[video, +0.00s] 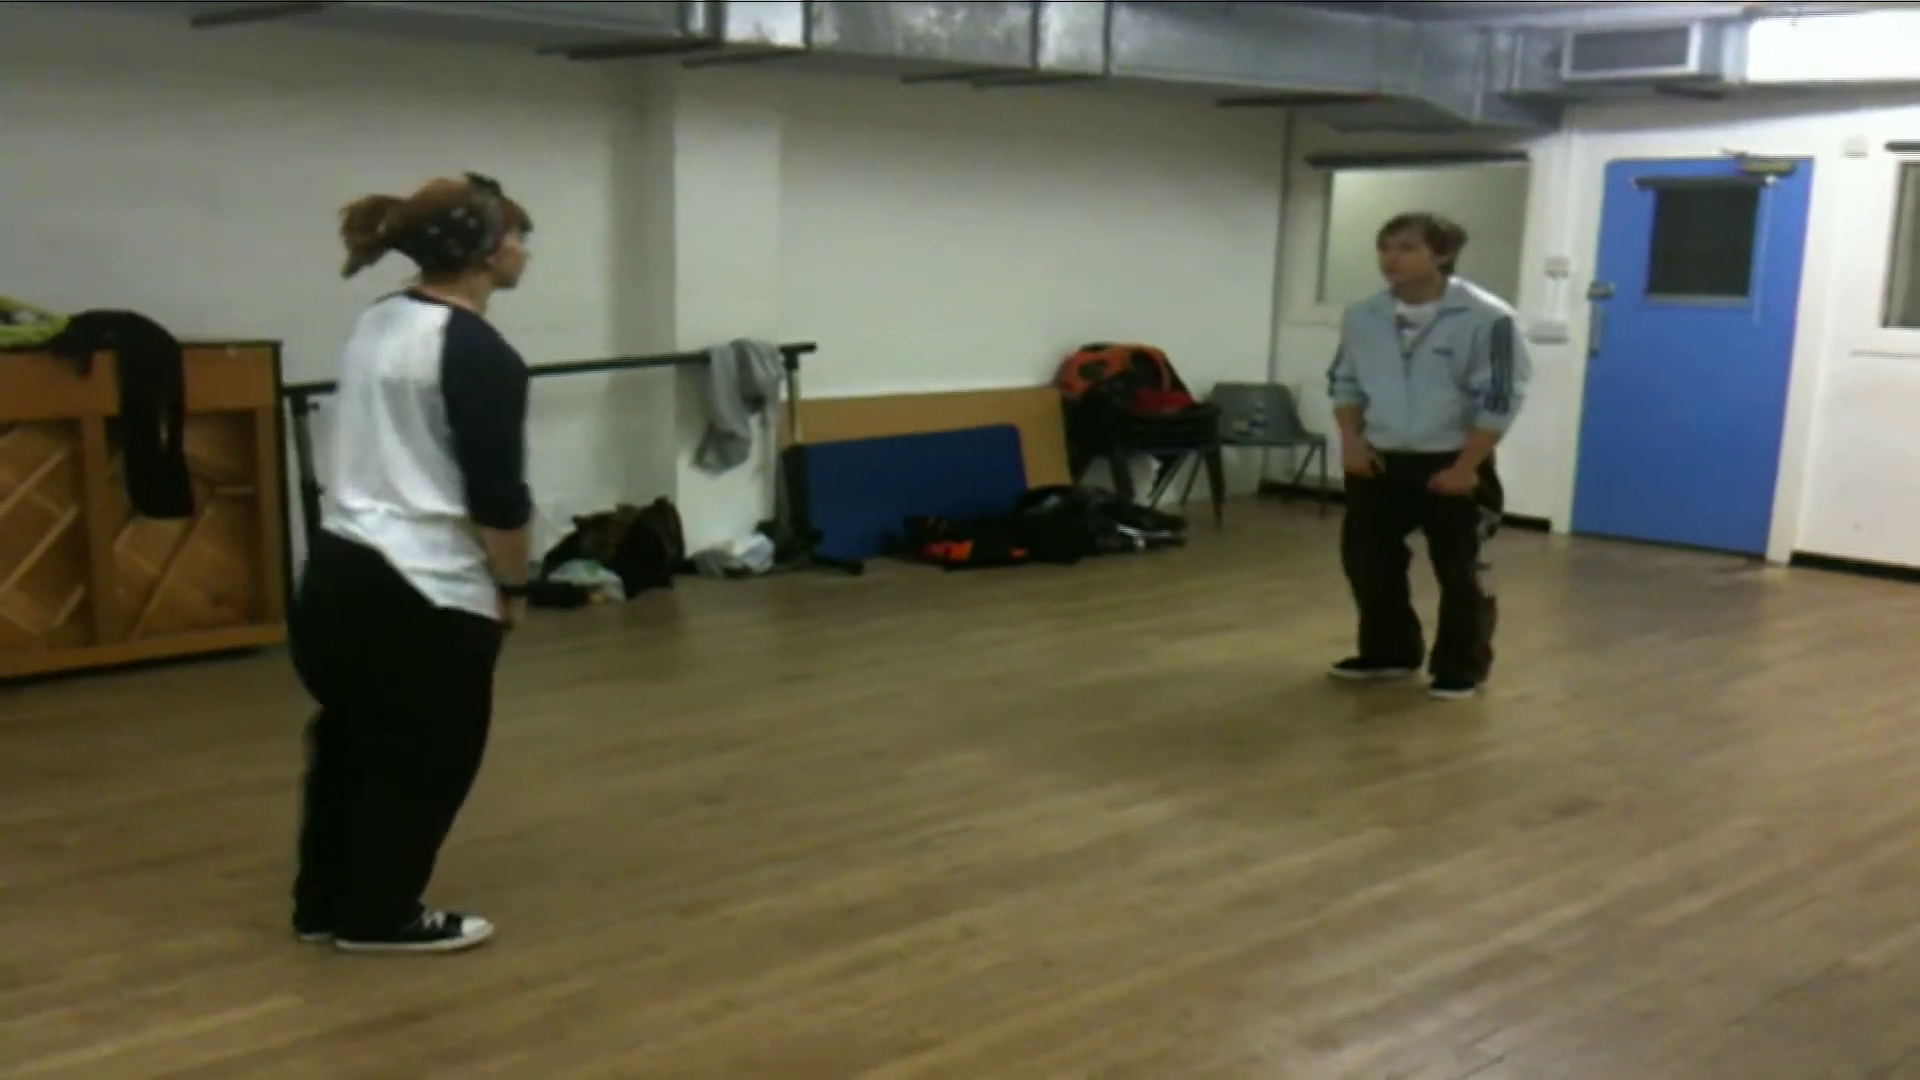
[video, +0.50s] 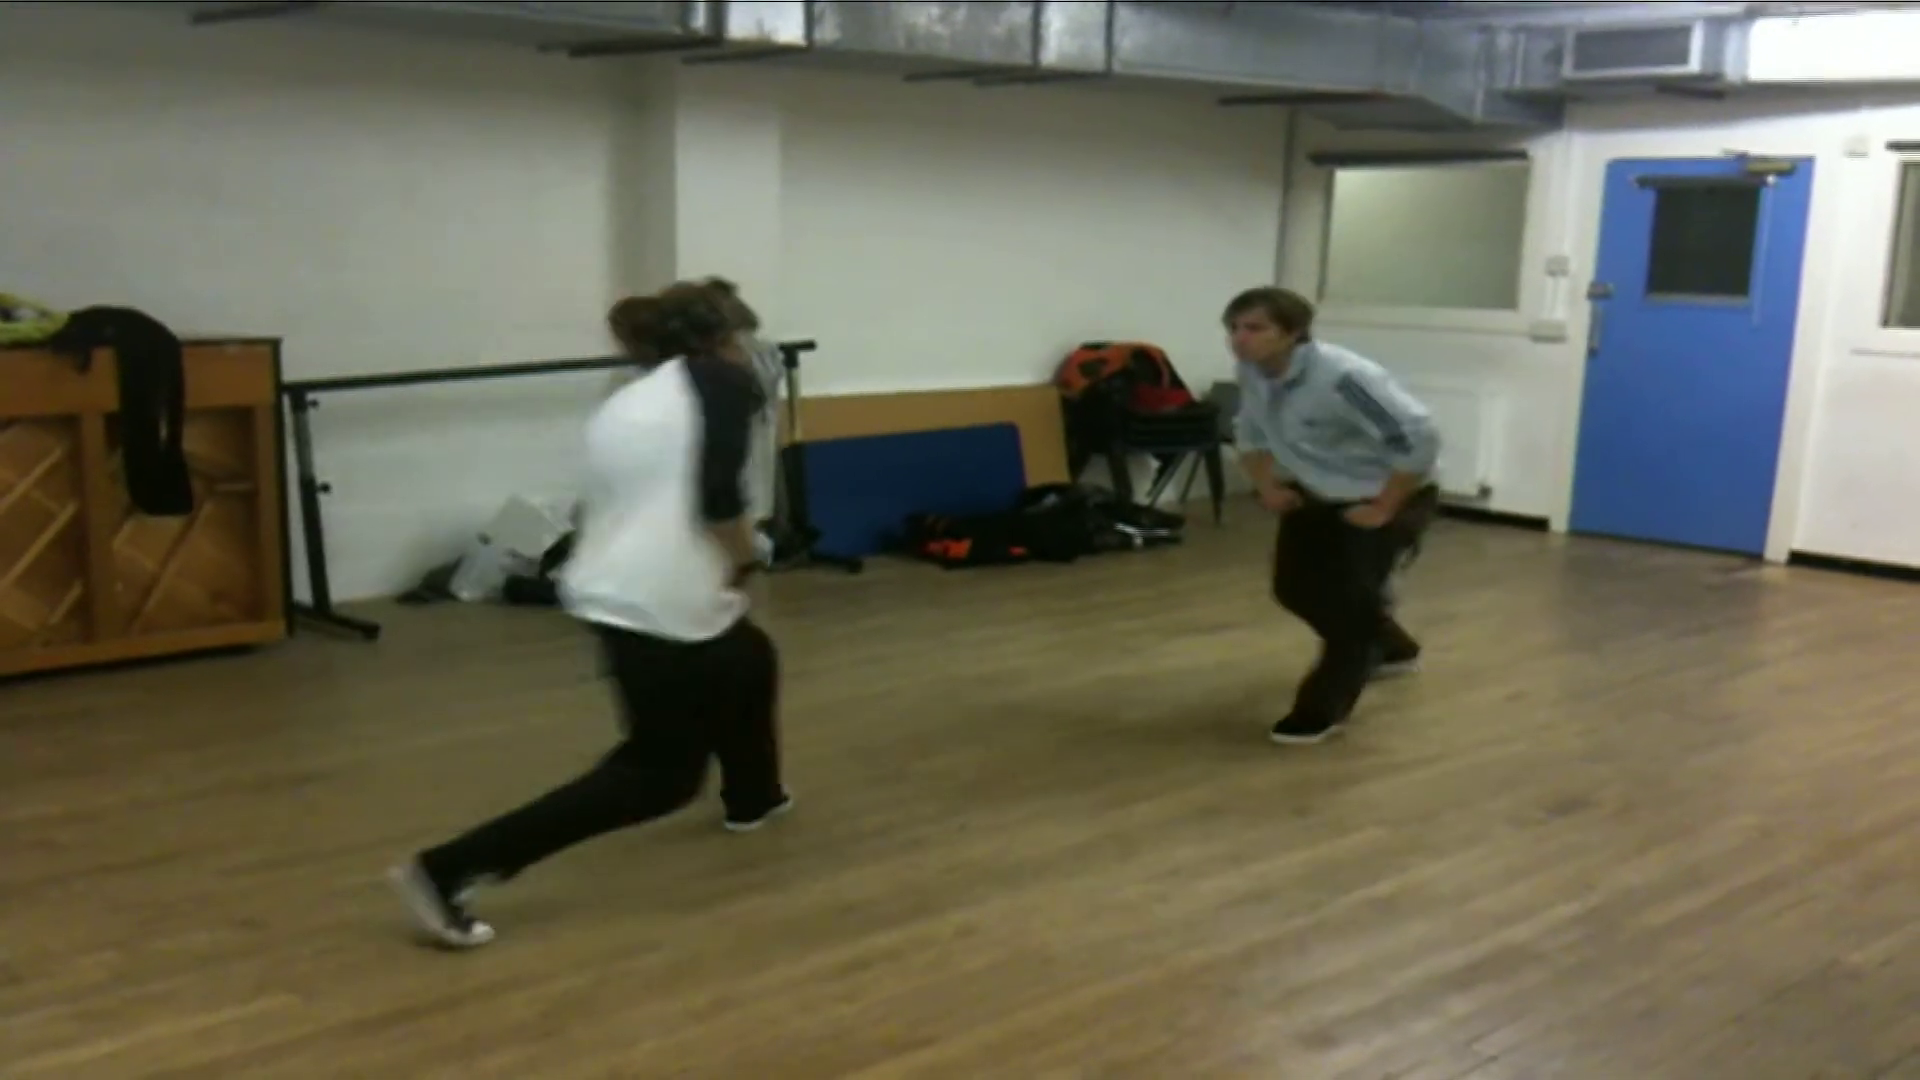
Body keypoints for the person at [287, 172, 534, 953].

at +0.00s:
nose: (525, 247)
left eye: (522, 233)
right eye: (516, 234)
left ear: (440, 246)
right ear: (479, 248)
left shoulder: (375, 326)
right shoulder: (480, 354)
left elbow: (370, 461)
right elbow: (498, 500)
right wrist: (512, 588)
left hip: (341, 576)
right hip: (428, 594)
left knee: (355, 736)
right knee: (434, 757)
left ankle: (325, 900)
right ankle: (379, 910)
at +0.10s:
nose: (562, 257)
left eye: (560, 242)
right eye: (554, 245)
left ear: (479, 253)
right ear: (521, 257)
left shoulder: (416, 321)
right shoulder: (508, 353)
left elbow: (430, 458)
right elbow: (538, 505)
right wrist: (550, 587)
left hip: (380, 566)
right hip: (456, 586)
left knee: (420, 730)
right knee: (451, 751)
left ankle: (349, 872)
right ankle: (378, 907)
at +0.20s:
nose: (601, 279)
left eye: (600, 264)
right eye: (595, 266)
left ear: (518, 267)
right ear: (569, 273)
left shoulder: (458, 336)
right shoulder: (552, 367)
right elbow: (583, 507)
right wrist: (592, 581)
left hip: (420, 564)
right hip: (488, 577)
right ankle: (383, 902)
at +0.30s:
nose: (648, 308)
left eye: (646, 293)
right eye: (641, 295)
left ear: (569, 301)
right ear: (616, 304)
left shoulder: (522, 362)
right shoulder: (607, 383)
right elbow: (624, 521)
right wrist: (630, 585)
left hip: (461, 568)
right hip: (511, 585)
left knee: (628, 666)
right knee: (582, 744)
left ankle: (631, 818)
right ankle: (400, 886)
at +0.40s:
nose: (707, 343)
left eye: (706, 328)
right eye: (701, 330)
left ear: (631, 331)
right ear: (673, 334)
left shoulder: (587, 386)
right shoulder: (668, 384)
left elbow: (570, 493)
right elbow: (646, 500)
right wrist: (678, 566)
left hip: (525, 587)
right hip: (582, 607)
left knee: (685, 662)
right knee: (611, 773)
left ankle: (738, 783)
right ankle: (411, 887)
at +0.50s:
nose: (746, 346)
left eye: (745, 335)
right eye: (740, 336)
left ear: (671, 340)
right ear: (718, 337)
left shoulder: (629, 397)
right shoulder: (723, 382)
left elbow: (611, 506)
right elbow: (719, 496)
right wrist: (744, 559)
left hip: (606, 590)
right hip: (663, 599)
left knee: (749, 661)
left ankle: (753, 797)